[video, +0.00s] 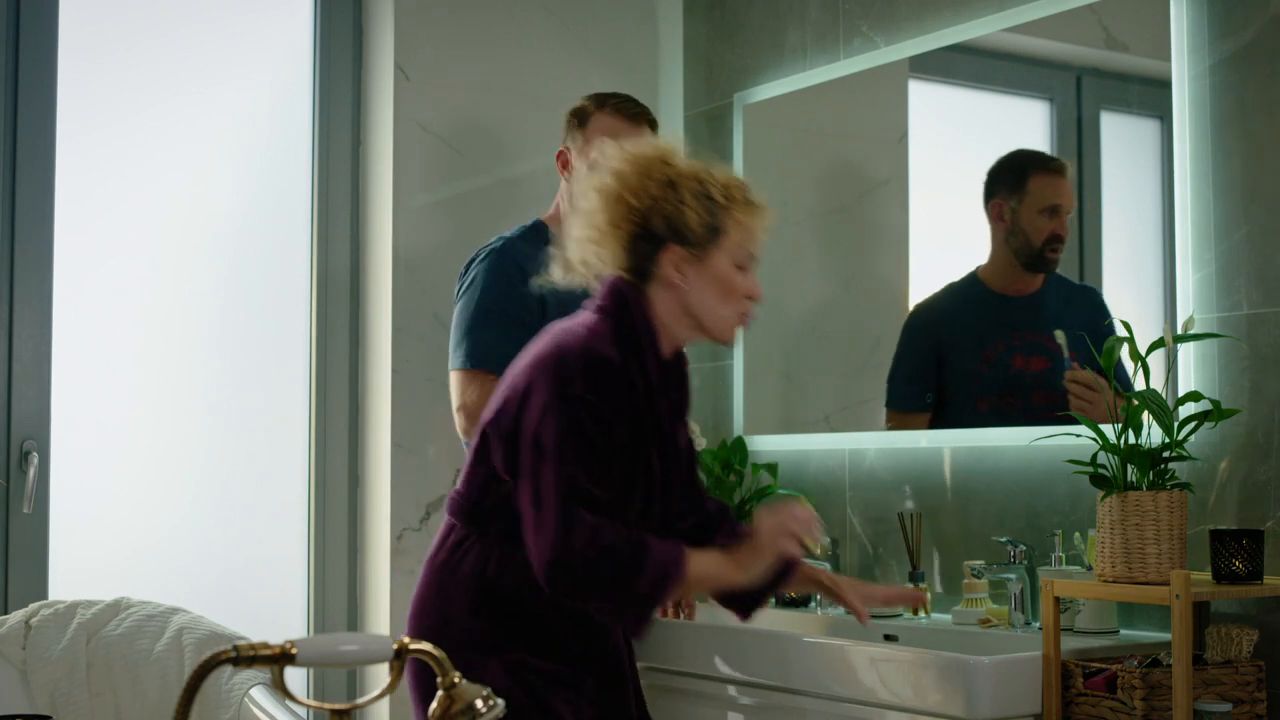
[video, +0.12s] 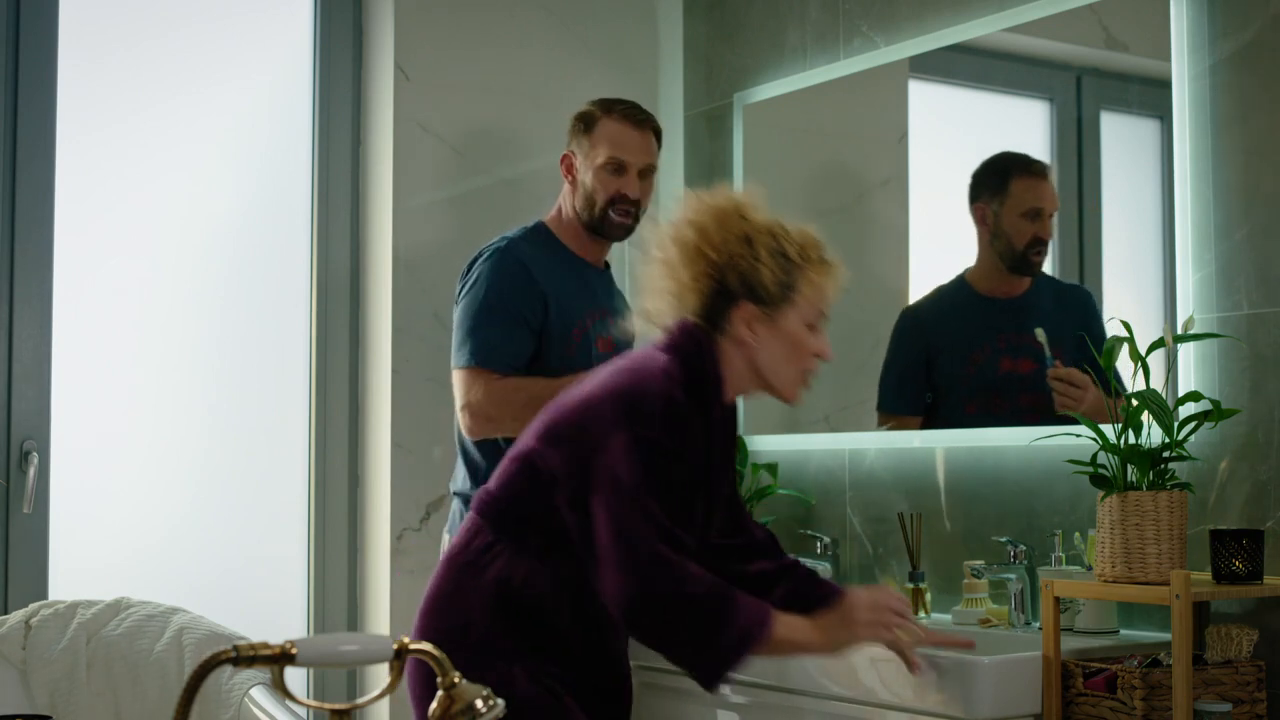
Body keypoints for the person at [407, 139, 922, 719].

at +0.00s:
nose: (756, 291)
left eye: (754, 268)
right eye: (741, 266)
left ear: (683, 270)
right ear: (675, 264)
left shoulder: (657, 368)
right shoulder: (572, 365)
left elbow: (682, 517)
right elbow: (568, 554)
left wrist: (824, 583)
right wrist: (726, 569)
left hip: (572, 648)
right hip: (483, 657)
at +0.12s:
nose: (823, 350)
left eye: (823, 327)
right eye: (812, 325)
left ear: (749, 325)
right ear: (746, 322)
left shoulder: (701, 403)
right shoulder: (643, 398)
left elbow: (729, 543)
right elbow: (646, 586)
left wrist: (844, 609)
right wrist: (812, 632)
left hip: (567, 652)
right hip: (489, 662)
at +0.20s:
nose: (869, 397)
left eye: (870, 375)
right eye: (858, 370)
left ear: (794, 366)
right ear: (791, 363)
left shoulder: (726, 434)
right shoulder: (680, 431)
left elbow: (750, 574)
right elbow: (720, 619)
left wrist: (884, 638)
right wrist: (879, 667)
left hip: (569, 666)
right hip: (495, 674)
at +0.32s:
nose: (917, 467)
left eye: (921, 444)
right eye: (909, 442)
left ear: (842, 428)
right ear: (846, 429)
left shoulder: (745, 452)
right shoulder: (743, 482)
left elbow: (753, 617)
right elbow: (819, 666)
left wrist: (855, 635)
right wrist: (974, 698)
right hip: (522, 689)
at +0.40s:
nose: (947, 507)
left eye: (950, 483)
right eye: (940, 481)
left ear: (873, 460)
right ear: (878, 467)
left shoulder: (755, 475)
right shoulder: (787, 516)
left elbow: (739, 646)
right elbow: (875, 687)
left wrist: (863, 644)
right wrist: (1030, 707)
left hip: (499, 672)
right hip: (538, 693)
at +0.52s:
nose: (973, 547)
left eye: (978, 524)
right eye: (970, 522)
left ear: (905, 497)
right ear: (909, 505)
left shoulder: (791, 497)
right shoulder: (827, 550)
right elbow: (915, 698)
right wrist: (1071, 719)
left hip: (526, 666)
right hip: (567, 691)